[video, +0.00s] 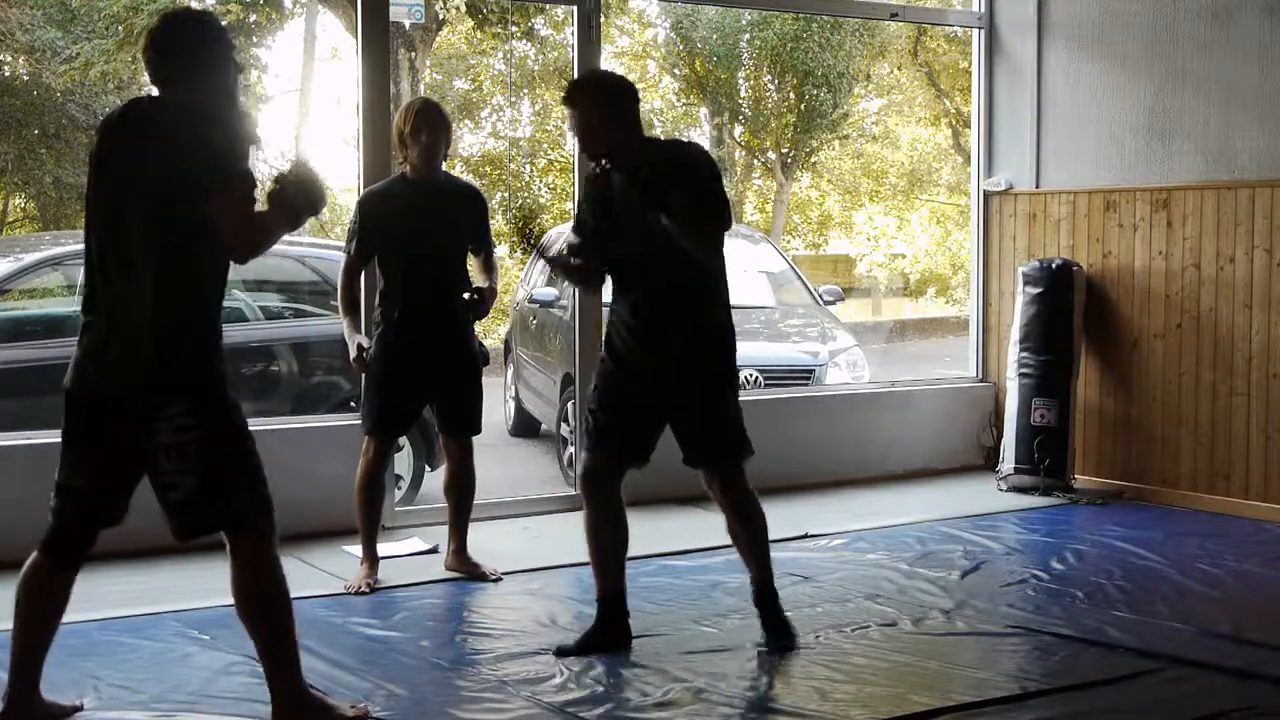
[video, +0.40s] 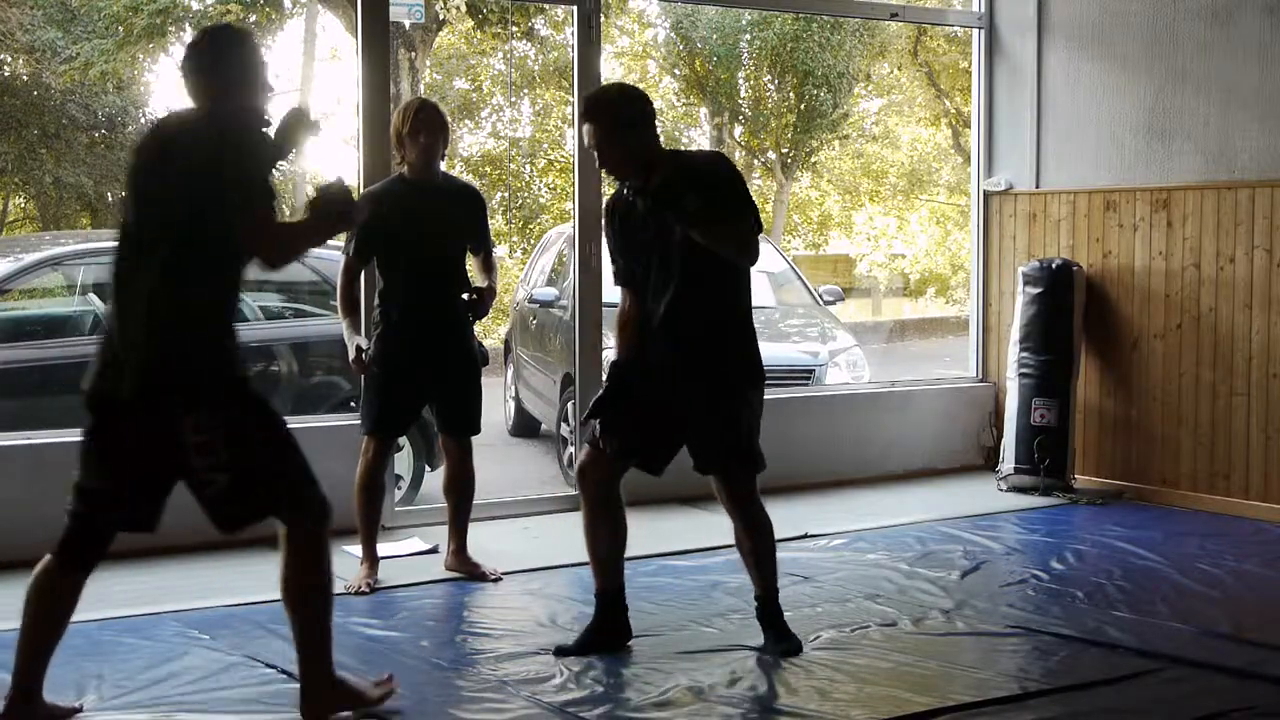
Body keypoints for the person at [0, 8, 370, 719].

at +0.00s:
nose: (238, 75)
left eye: (234, 62)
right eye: (230, 62)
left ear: (157, 67)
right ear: (211, 65)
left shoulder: (115, 128)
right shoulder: (210, 126)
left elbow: (115, 241)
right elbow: (242, 242)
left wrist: (255, 207)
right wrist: (291, 208)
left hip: (101, 369)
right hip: (182, 371)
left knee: (64, 539)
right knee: (251, 532)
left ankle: (20, 696)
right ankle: (291, 696)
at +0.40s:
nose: (267, 84)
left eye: (263, 70)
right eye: (259, 70)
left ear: (195, 77)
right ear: (236, 76)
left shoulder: (159, 139)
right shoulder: (230, 134)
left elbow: (222, 224)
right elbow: (270, 249)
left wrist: (275, 150)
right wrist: (329, 220)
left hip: (126, 376)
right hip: (200, 375)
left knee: (77, 545)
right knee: (305, 515)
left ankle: (22, 697)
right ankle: (319, 685)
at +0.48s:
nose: (284, 83)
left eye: (280, 71)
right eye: (273, 72)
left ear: (219, 82)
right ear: (246, 80)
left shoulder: (184, 145)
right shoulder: (254, 146)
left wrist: (306, 148)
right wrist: (307, 145)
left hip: (165, 373)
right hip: (231, 374)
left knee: (111, 540)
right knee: (321, 520)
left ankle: (33, 696)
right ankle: (317, 692)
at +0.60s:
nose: (310, 80)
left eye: (308, 67)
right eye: (304, 67)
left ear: (239, 72)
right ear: (285, 71)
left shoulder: (204, 134)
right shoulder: (309, 133)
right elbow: (386, 142)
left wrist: (307, 84)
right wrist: (380, 62)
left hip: (222, 355)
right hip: (297, 353)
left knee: (232, 511)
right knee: (353, 505)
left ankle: (212, 549)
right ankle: (326, 680)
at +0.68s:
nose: (315, 61)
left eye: (312, 50)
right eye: (311, 49)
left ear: (241, 52)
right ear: (298, 52)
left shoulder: (205, 117)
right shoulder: (314, 110)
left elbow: (213, 227)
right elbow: (414, 130)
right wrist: (410, 62)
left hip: (251, 336)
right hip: (326, 323)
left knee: (288, 493)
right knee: (397, 441)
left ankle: (326, 649)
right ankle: (377, 569)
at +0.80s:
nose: (332, 84)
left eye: (331, 71)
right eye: (327, 71)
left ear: (268, 71)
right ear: (302, 73)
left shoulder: (227, 133)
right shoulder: (326, 133)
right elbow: (404, 169)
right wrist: (443, 139)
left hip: (270, 347)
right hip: (340, 333)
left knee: (334, 524)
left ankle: (354, 679)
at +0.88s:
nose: (350, 100)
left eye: (349, 89)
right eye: (347, 86)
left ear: (280, 78)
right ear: (334, 84)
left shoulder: (231, 138)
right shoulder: (353, 147)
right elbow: (405, 230)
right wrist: (481, 199)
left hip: (299, 352)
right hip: (372, 330)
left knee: (356, 530)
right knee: (500, 311)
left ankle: (356, 680)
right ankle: (610, 390)